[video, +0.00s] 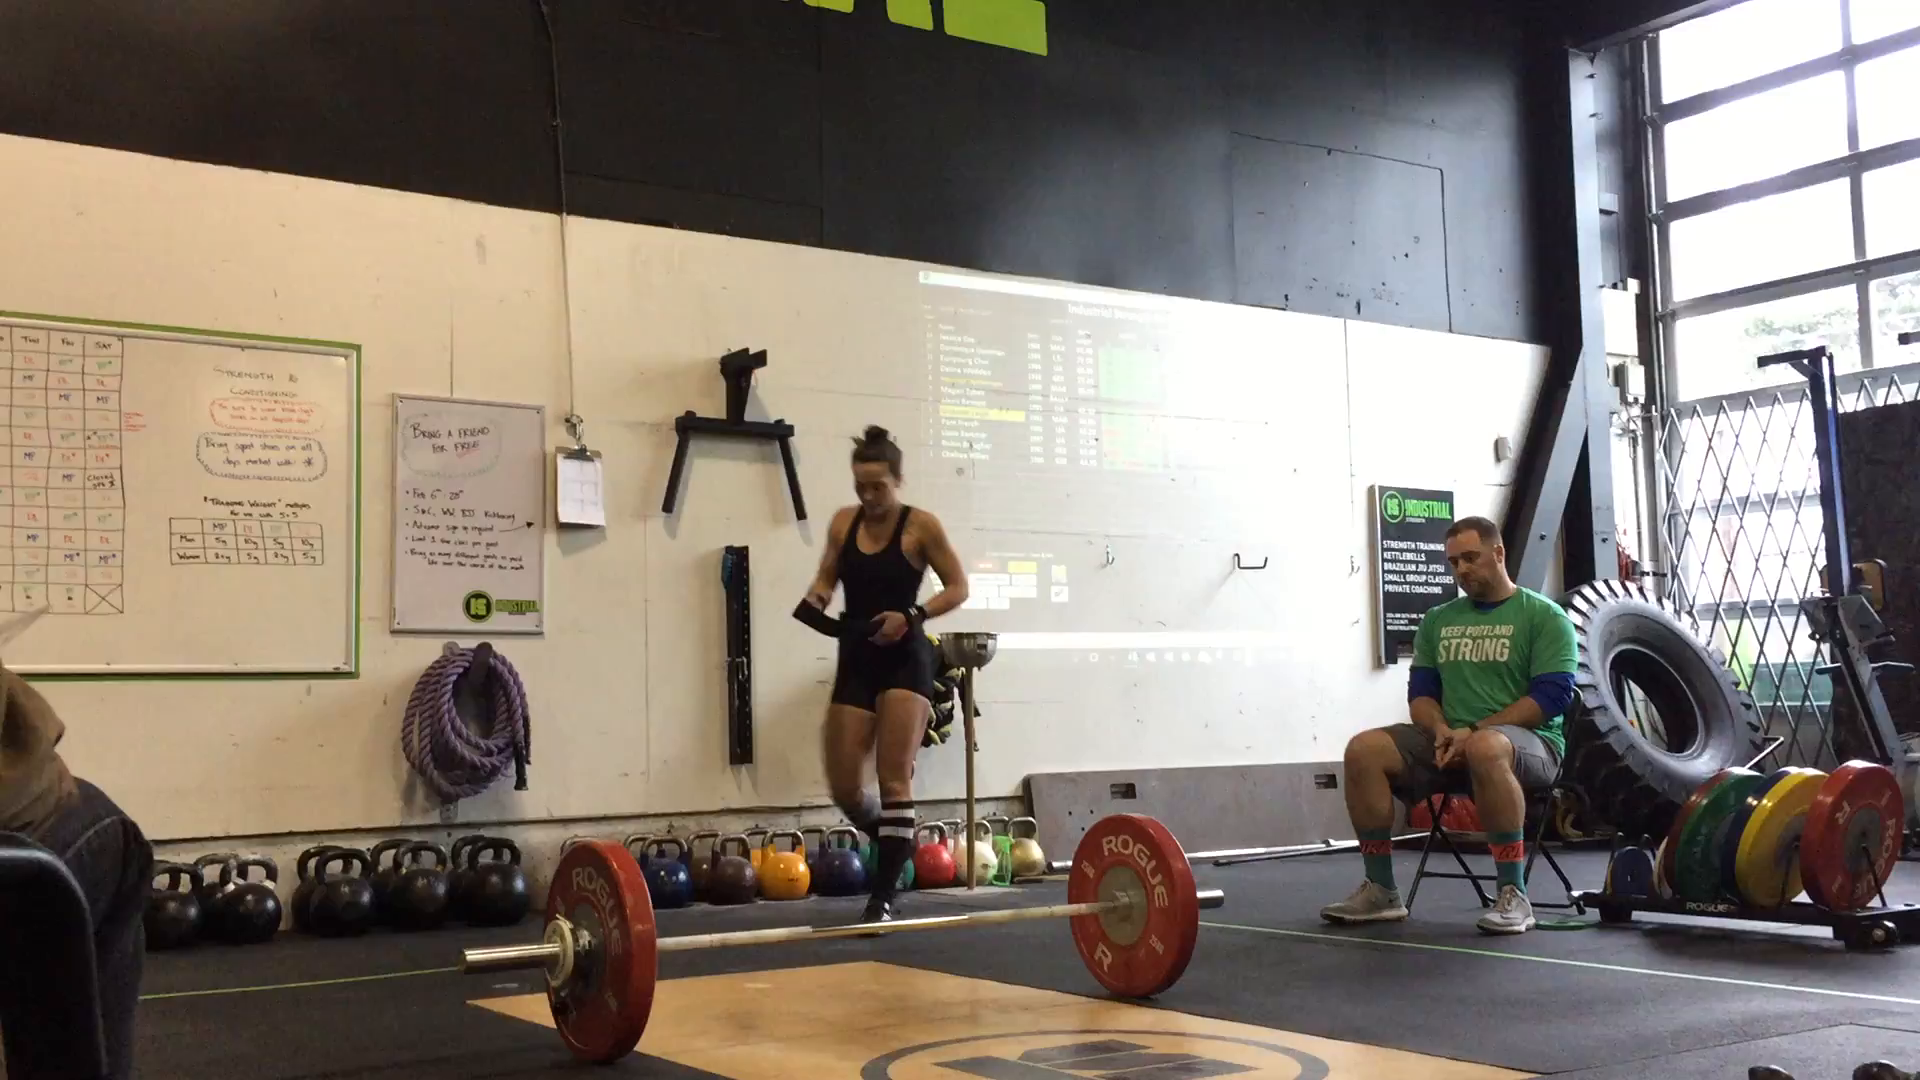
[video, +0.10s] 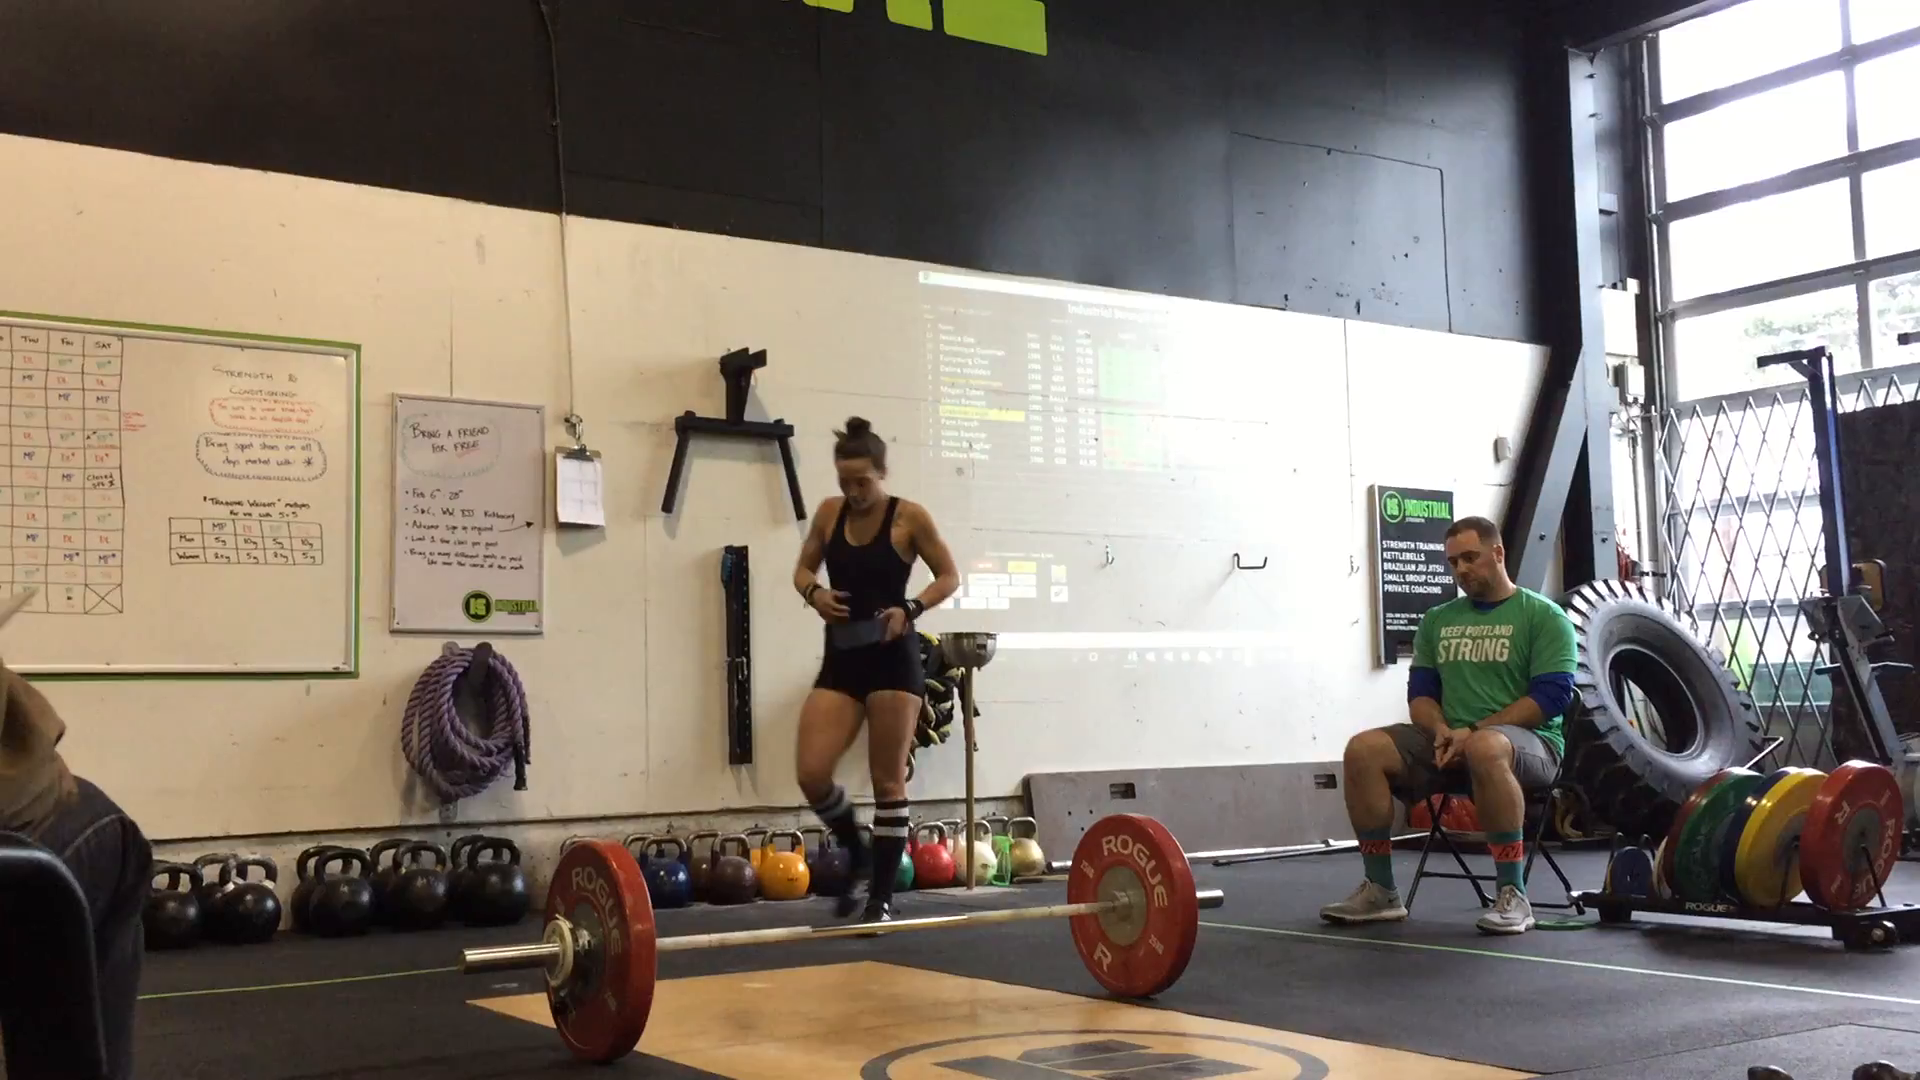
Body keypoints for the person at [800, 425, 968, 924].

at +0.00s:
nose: (867, 495)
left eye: (876, 485)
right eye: (860, 485)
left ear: (897, 480)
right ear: (853, 481)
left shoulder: (922, 526)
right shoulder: (845, 522)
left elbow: (957, 589)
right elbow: (826, 578)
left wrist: (911, 617)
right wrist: (818, 597)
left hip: (904, 656)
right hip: (856, 655)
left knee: (894, 775)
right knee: (843, 788)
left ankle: (883, 898)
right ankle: (893, 842)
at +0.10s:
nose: (853, 491)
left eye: (862, 481)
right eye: (845, 481)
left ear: (882, 472)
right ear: (837, 474)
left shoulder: (910, 517)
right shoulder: (830, 512)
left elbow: (949, 577)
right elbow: (804, 571)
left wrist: (910, 609)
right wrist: (813, 593)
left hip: (892, 658)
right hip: (841, 660)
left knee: (888, 779)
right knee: (812, 773)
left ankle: (881, 900)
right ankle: (861, 854)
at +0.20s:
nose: (836, 488)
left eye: (845, 478)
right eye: (828, 478)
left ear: (867, 467)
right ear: (821, 471)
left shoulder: (897, 512)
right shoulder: (816, 508)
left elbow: (936, 568)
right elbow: (789, 557)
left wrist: (903, 601)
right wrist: (798, 587)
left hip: (880, 656)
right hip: (827, 653)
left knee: (880, 780)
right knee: (793, 768)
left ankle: (879, 900)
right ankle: (806, 896)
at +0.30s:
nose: (820, 488)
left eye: (829, 477)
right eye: (813, 478)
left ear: (852, 467)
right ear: (805, 471)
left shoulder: (883, 513)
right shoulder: (797, 511)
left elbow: (924, 566)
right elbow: (770, 549)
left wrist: (893, 600)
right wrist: (776, 582)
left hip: (867, 657)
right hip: (809, 655)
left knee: (871, 785)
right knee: (783, 780)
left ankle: (875, 903)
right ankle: (746, 906)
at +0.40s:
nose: (803, 484)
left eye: (812, 473)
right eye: (795, 474)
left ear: (834, 465)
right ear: (786, 469)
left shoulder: (865, 515)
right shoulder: (774, 511)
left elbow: (903, 570)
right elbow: (743, 555)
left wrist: (874, 605)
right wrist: (755, 584)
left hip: (847, 662)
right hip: (788, 661)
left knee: (852, 795)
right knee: (767, 791)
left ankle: (870, 903)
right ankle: (731, 914)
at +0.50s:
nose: (791, 469)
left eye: (800, 459)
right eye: (782, 460)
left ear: (819, 456)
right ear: (771, 458)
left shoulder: (846, 509)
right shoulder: (752, 505)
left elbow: (874, 571)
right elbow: (718, 556)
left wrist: (854, 605)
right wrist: (736, 585)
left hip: (827, 657)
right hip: (766, 655)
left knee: (835, 796)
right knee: (746, 792)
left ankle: (855, 898)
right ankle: (722, 921)